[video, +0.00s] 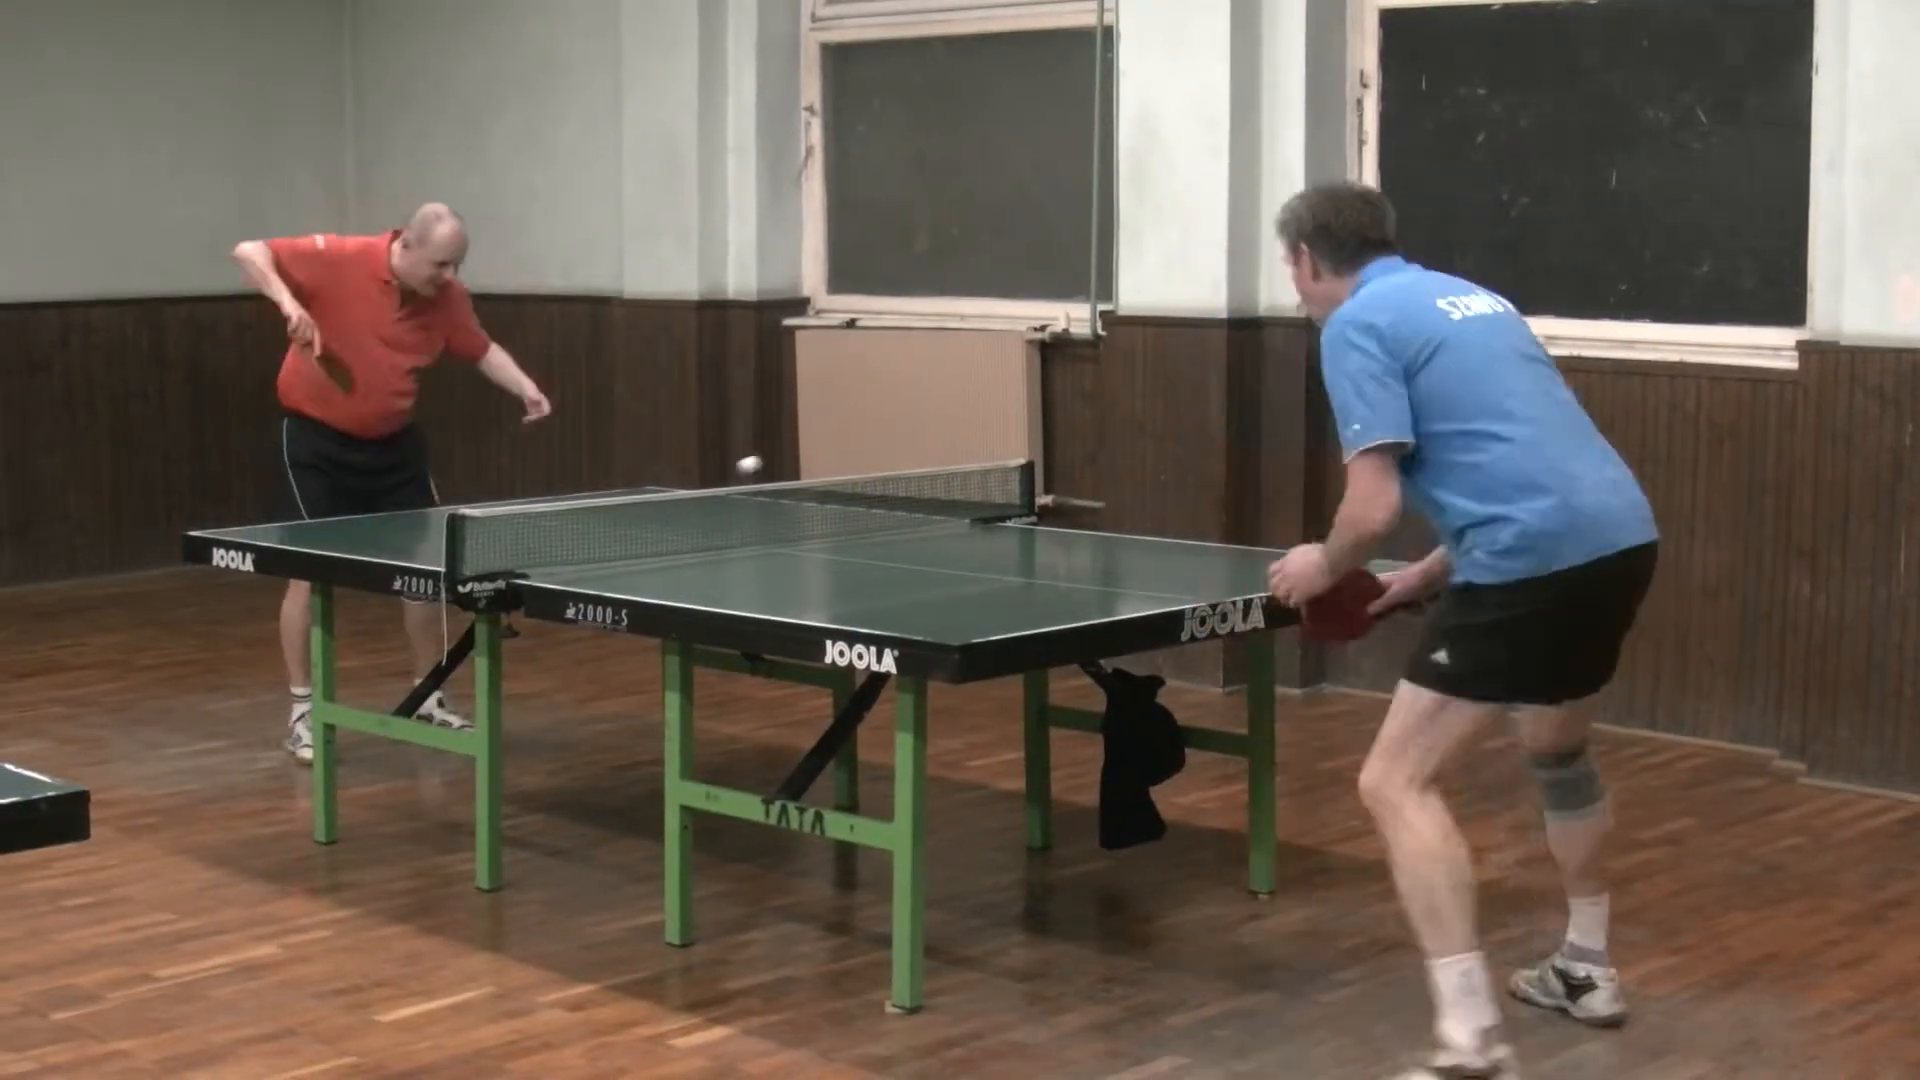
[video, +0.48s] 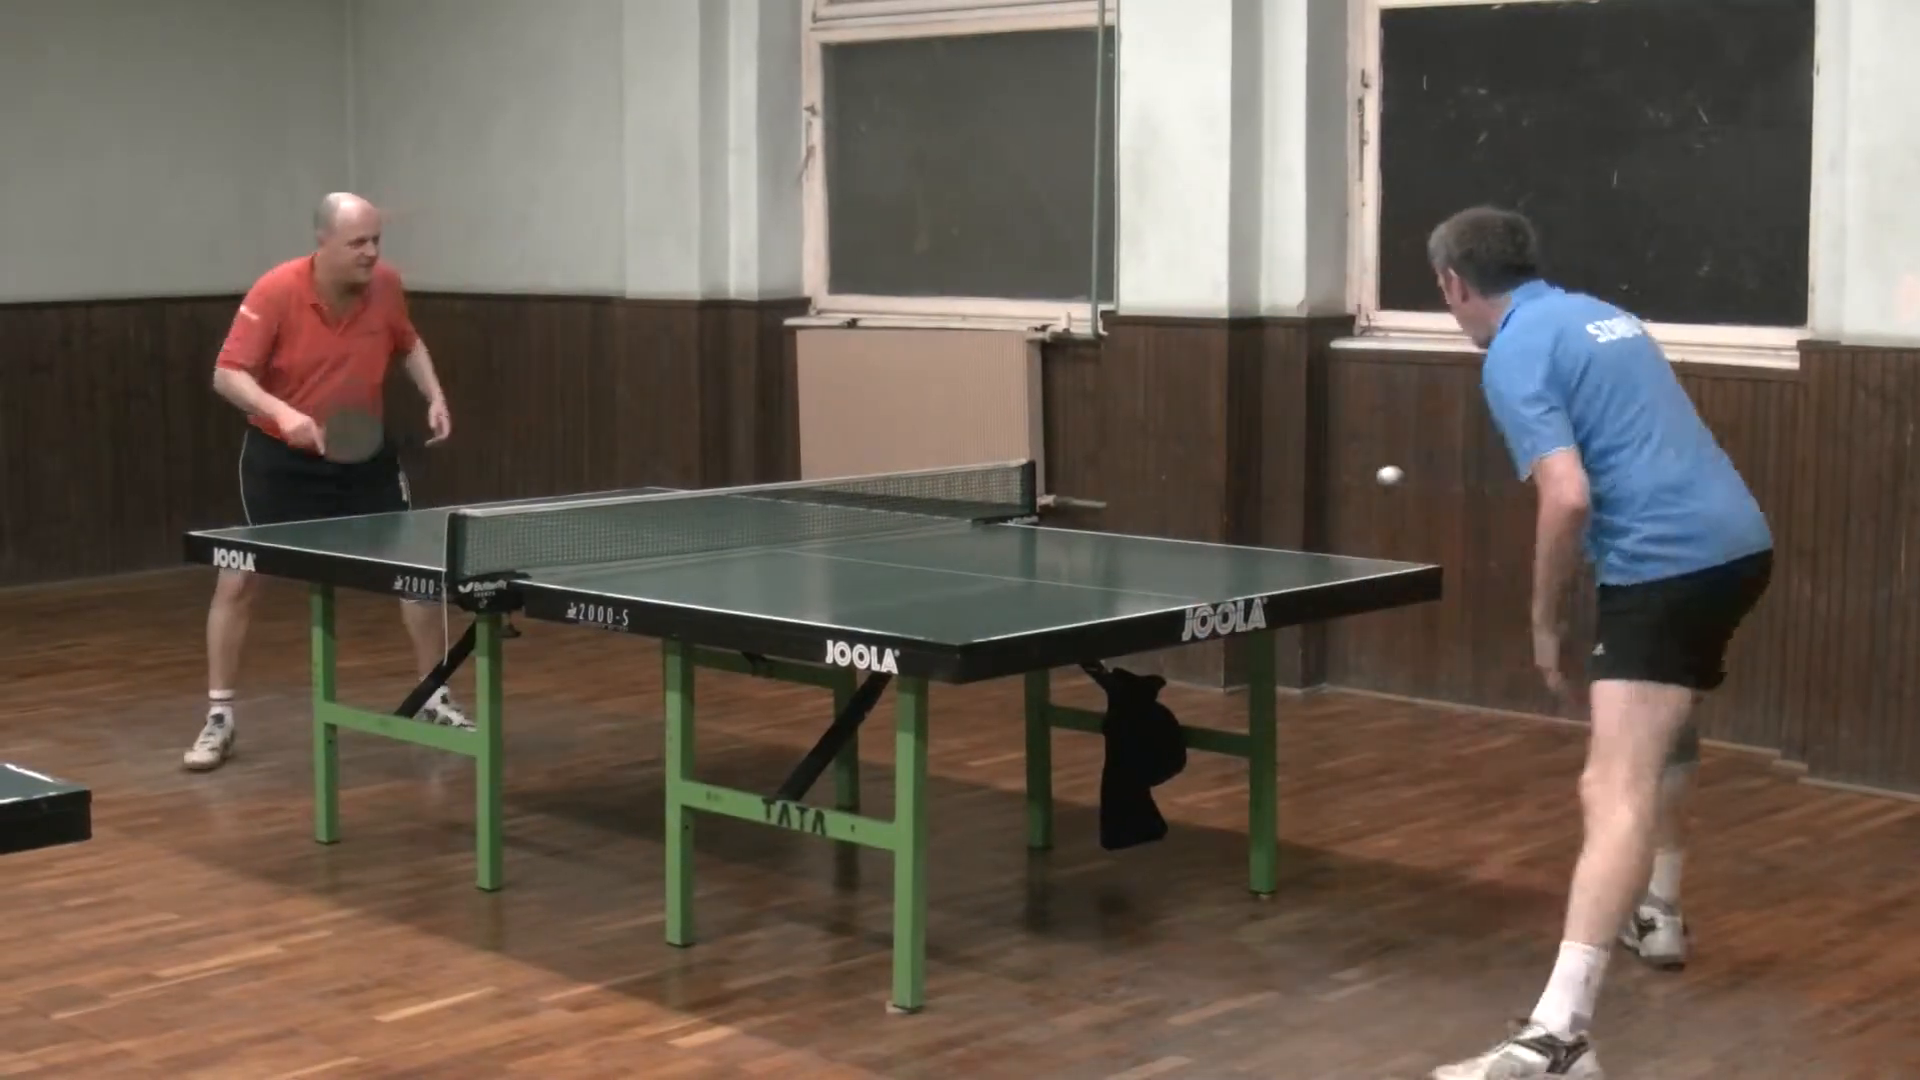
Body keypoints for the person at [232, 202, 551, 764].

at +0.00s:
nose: (445, 279)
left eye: (451, 269)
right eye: (437, 266)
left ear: (456, 262)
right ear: (402, 246)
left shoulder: (448, 298)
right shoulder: (344, 258)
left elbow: (483, 350)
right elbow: (249, 252)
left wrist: (527, 388)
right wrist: (289, 304)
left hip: (393, 442)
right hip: (318, 436)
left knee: (423, 571)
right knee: (310, 572)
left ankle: (428, 702)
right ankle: (303, 708)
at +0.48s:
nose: (371, 253)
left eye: (375, 242)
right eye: (359, 244)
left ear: (377, 241)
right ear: (323, 244)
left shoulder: (384, 285)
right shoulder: (277, 290)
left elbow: (407, 344)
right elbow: (228, 374)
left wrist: (435, 395)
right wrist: (281, 413)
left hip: (367, 457)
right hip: (282, 459)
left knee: (419, 573)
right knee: (238, 575)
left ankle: (435, 700)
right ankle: (219, 715)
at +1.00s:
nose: (232, 289)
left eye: (243, 276)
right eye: (221, 279)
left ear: (264, 270)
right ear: (207, 278)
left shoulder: (308, 308)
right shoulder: (189, 334)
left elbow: (365, 358)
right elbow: (121, 385)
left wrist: (406, 423)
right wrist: (50, 417)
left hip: (336, 466)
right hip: (244, 474)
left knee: (405, 577)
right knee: (203, 580)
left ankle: (445, 685)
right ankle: (208, 722)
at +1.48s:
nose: (255, 293)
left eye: (260, 280)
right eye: (240, 284)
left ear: (267, 277)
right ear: (209, 288)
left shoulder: (296, 313)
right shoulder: (178, 338)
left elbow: (351, 357)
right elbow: (138, 415)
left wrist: (397, 415)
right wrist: (158, 470)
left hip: (298, 468)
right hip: (213, 473)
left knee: (345, 571)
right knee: (180, 582)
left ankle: (350, 684)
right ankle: (167, 716)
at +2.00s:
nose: (415, 246)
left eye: (412, 236)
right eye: (407, 237)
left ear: (375, 240)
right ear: (376, 241)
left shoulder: (362, 298)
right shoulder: (338, 287)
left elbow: (367, 381)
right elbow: (349, 384)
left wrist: (413, 434)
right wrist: (419, 386)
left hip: (291, 435)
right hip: (249, 420)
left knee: (334, 550)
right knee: (230, 555)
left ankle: (341, 682)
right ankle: (145, 684)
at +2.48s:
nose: (439, 232)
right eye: (440, 225)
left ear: (390, 216)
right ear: (436, 224)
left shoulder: (360, 260)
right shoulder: (420, 261)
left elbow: (329, 345)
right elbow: (409, 335)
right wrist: (414, 415)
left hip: (324, 404)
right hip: (371, 405)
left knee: (339, 534)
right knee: (415, 534)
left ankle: (339, 668)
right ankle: (443, 663)